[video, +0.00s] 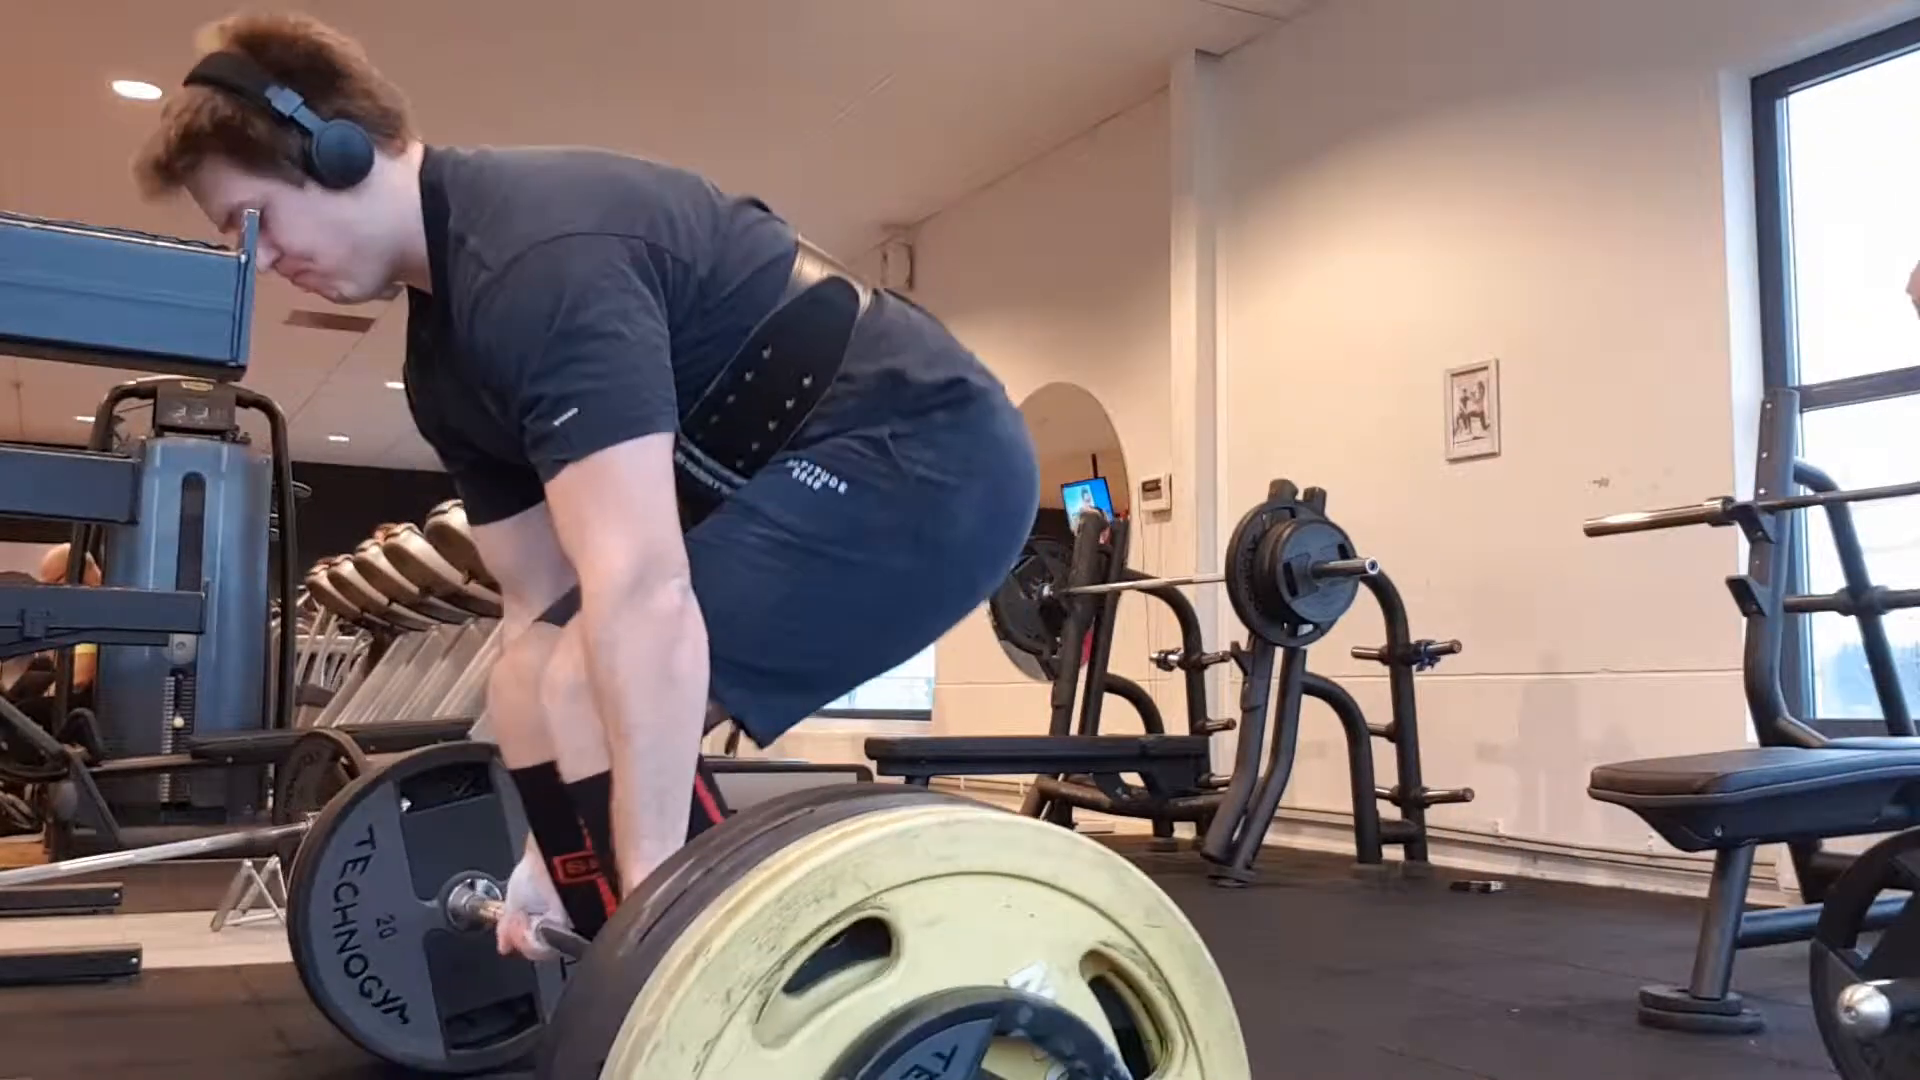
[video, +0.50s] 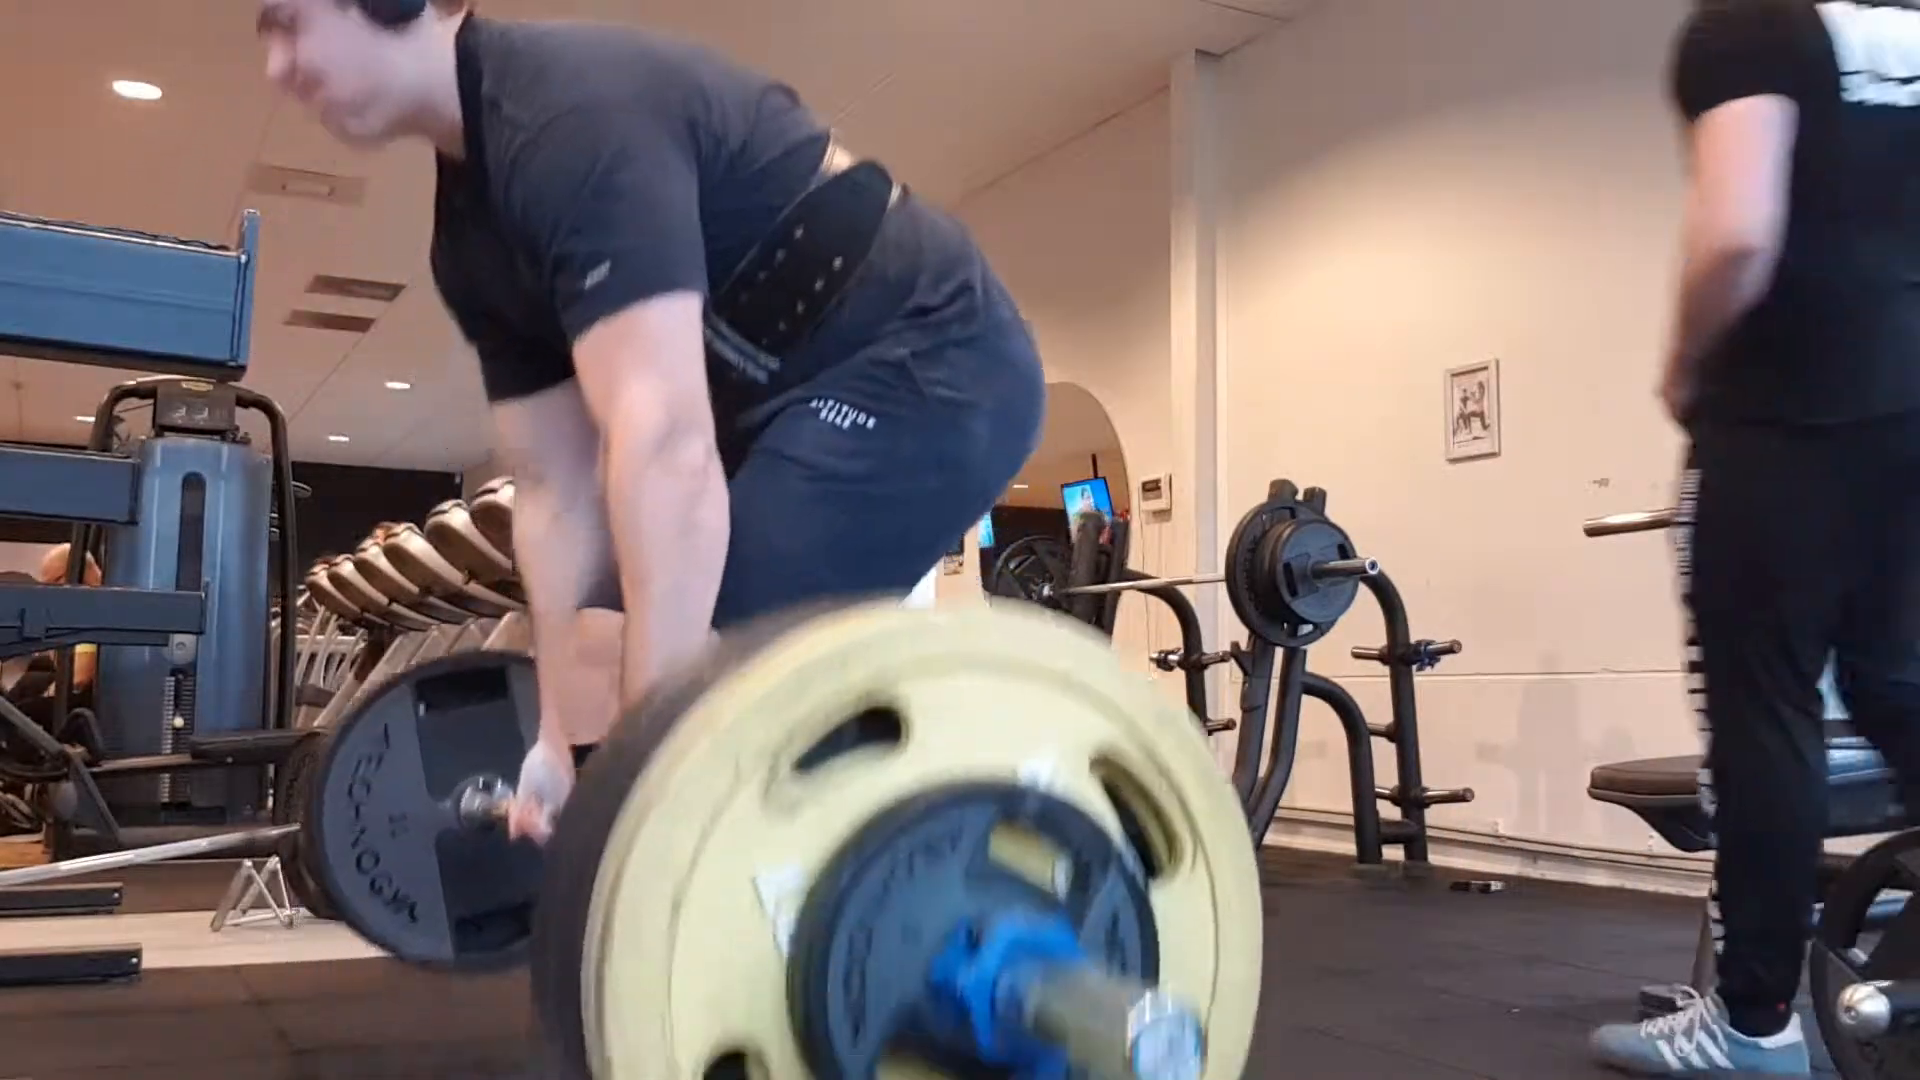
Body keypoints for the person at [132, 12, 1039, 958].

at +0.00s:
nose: (262, 266)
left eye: (255, 222)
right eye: (239, 244)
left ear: (333, 141)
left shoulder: (544, 261)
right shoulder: (442, 357)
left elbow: (643, 593)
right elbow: (547, 608)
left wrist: (661, 915)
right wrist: (547, 864)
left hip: (914, 444)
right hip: (807, 469)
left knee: (590, 681)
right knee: (521, 680)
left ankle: (712, 978)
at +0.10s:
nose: (260, 249)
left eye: (255, 205)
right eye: (239, 225)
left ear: (332, 130)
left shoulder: (545, 251)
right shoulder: (440, 347)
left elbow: (647, 582)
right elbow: (549, 596)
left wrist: (657, 902)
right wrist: (555, 855)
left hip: (915, 429)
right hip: (808, 458)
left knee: (597, 684)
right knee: (528, 675)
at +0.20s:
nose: (264, 215)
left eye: (260, 172)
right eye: (243, 192)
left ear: (339, 106)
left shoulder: (550, 234)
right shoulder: (445, 334)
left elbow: (653, 568)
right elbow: (547, 581)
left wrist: (668, 890)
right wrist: (553, 849)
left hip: (917, 416)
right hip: (814, 448)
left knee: (611, 676)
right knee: (539, 676)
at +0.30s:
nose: (269, 185)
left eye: (270, 141)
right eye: (251, 161)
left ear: (358, 78)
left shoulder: (562, 205)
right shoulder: (455, 307)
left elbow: (659, 537)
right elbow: (546, 555)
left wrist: (656, 856)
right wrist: (552, 812)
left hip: (919, 404)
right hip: (808, 437)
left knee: (627, 690)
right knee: (553, 670)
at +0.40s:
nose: (273, 135)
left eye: (277, 92)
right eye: (258, 106)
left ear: (375, 44)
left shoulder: (571, 164)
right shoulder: (461, 273)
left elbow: (663, 488)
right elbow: (550, 527)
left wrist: (659, 812)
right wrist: (546, 787)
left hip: (921, 381)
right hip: (797, 421)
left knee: (681, 696)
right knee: (570, 662)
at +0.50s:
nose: (276, 68)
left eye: (289, 23)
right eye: (268, 37)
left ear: (405, 2)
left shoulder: (581, 116)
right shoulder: (470, 221)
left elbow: (667, 446)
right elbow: (549, 483)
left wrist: (670, 756)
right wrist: (561, 735)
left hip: (915, 364)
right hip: (787, 403)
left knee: (722, 694)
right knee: (592, 645)